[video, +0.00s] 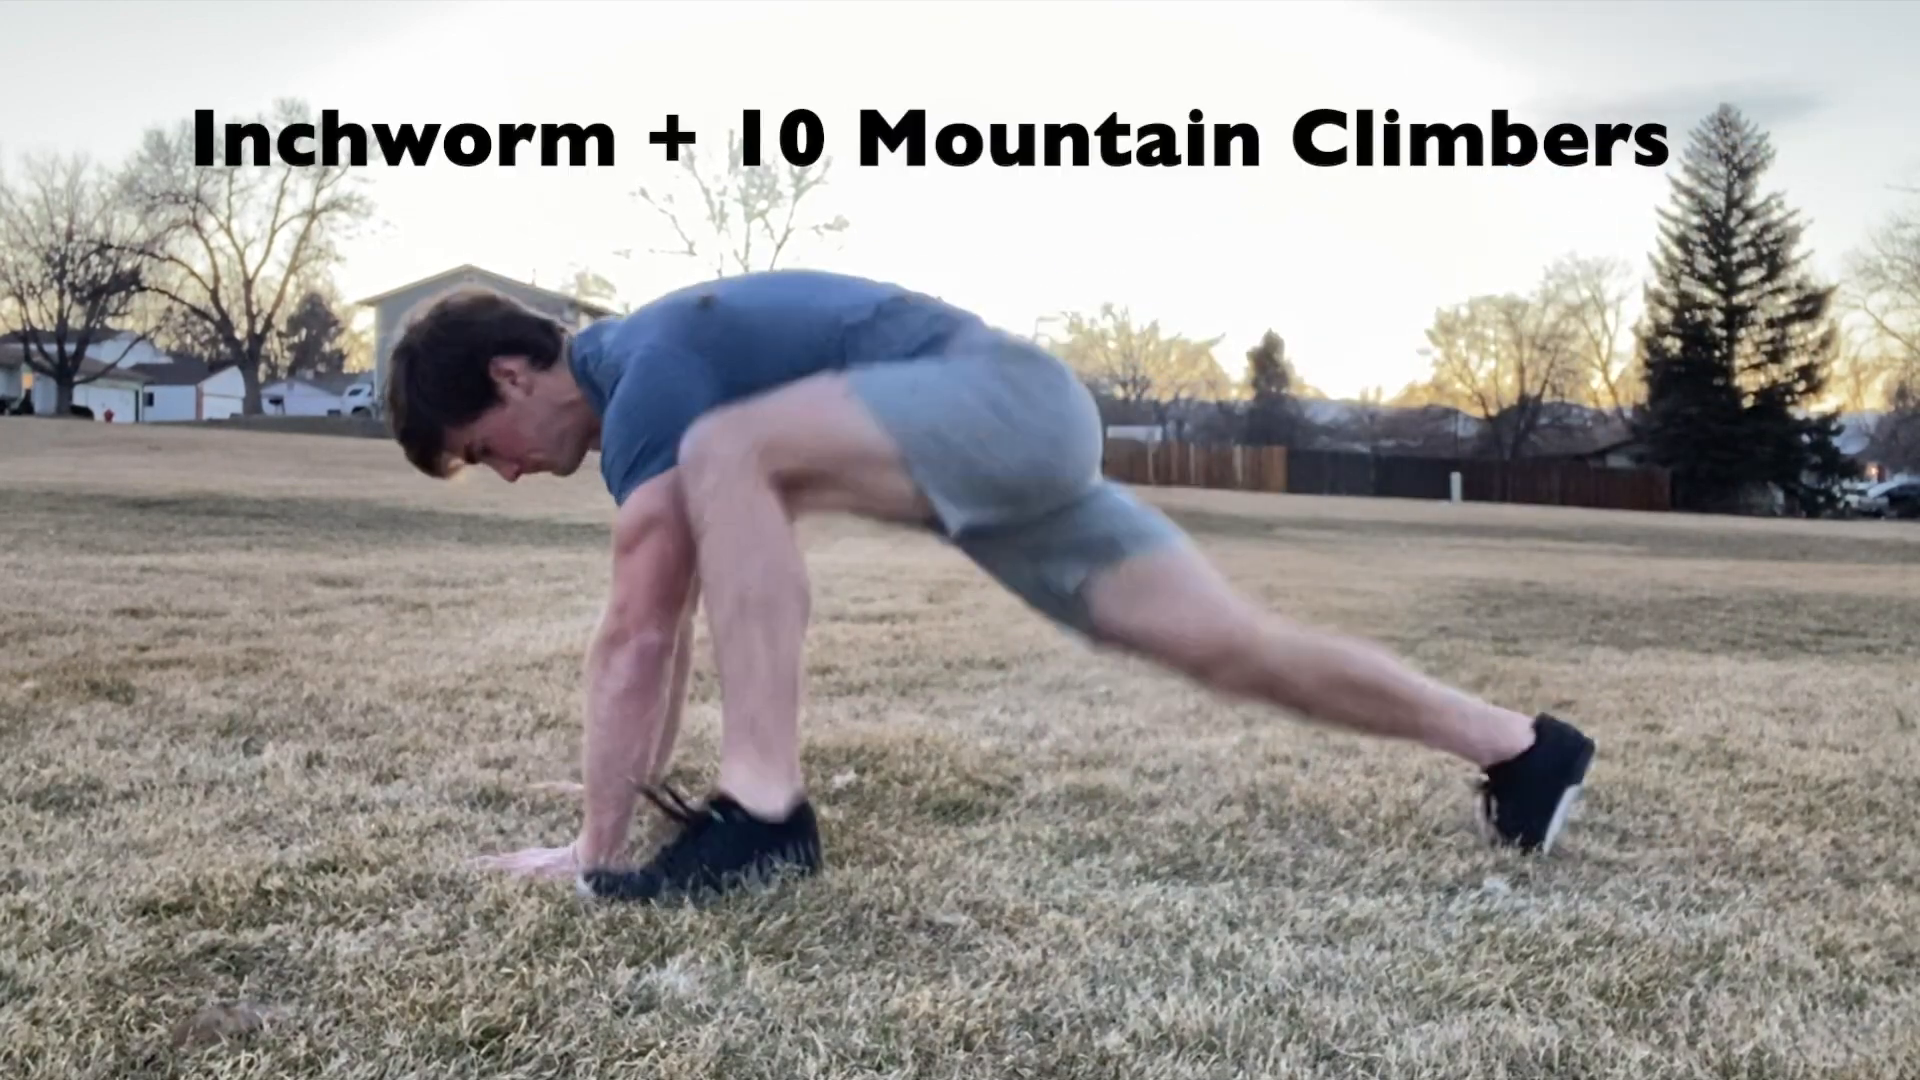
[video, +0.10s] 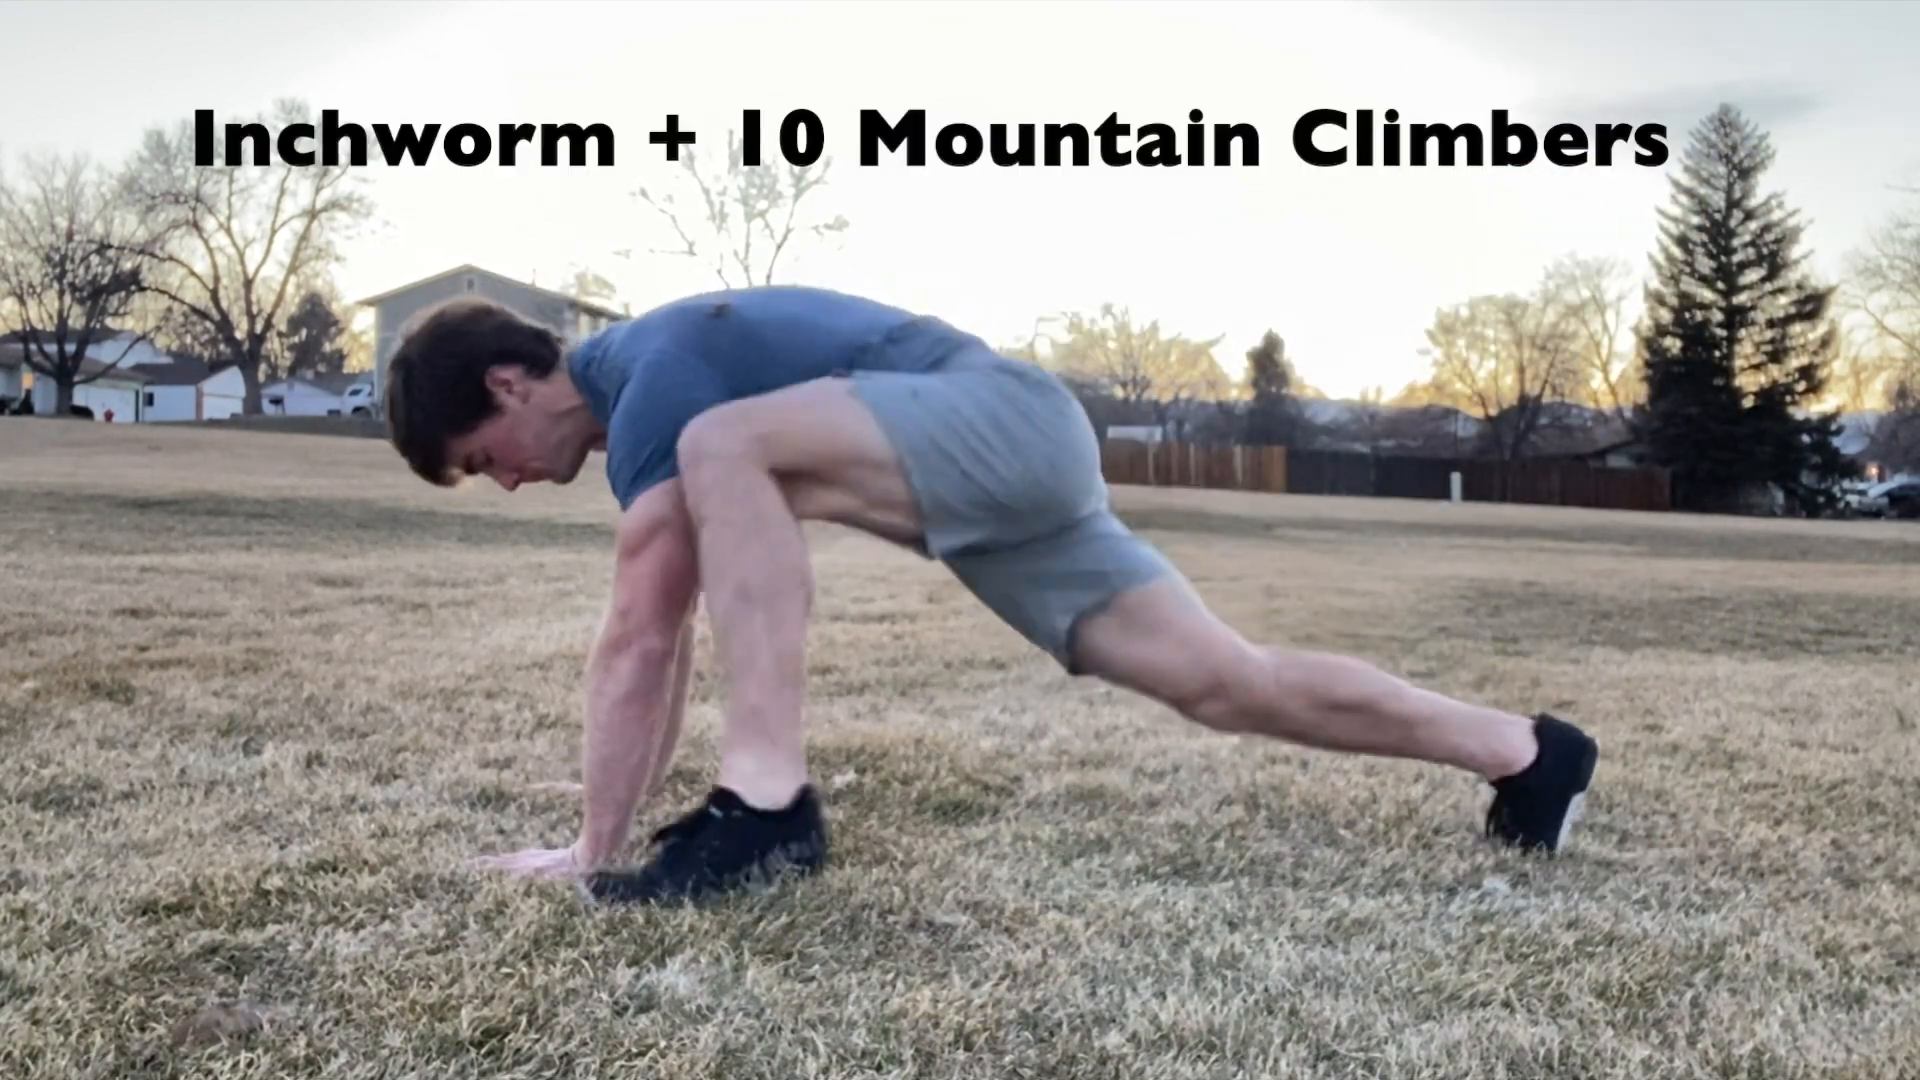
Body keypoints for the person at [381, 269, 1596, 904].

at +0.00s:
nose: (506, 472)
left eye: (485, 448)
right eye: (482, 464)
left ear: (516, 376)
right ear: (523, 372)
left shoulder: (651, 372)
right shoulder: (651, 386)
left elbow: (630, 622)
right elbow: (679, 615)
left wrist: (594, 845)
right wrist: (653, 783)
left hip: (1003, 389)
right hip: (1006, 448)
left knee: (726, 458)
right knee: (1226, 642)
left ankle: (761, 819)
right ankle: (1521, 747)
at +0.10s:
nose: (508, 480)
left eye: (487, 456)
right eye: (482, 474)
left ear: (516, 382)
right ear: (520, 385)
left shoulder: (659, 374)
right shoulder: (652, 405)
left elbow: (635, 622)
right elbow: (669, 630)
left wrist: (596, 844)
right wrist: (606, 826)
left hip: (1004, 409)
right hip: (1010, 496)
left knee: (726, 447)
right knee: (1216, 675)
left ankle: (763, 808)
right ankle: (1529, 751)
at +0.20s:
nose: (478, 502)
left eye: (456, 480)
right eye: (454, 494)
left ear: (481, 406)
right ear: (487, 410)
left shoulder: (627, 363)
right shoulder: (617, 399)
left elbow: (629, 630)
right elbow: (637, 638)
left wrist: (598, 844)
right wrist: (620, 826)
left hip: (981, 341)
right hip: (993, 385)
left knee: (769, 495)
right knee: (1180, 609)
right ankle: (1465, 727)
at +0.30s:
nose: (464, 503)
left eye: (443, 480)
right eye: (440, 495)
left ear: (464, 404)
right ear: (469, 402)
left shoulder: (594, 371)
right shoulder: (602, 376)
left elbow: (618, 620)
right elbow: (646, 600)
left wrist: (596, 842)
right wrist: (641, 780)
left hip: (947, 299)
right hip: (975, 302)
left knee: (918, 612)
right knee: (1028, 603)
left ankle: (1230, 675)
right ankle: (1306, 674)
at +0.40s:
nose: (465, 491)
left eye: (444, 469)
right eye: (442, 485)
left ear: (469, 397)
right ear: (473, 400)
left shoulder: (592, 369)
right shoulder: (619, 379)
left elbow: (614, 622)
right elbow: (654, 607)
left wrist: (595, 847)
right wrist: (643, 772)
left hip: (964, 340)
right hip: (917, 366)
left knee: (1109, 664)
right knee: (855, 551)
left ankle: (1419, 617)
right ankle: (1082, 679)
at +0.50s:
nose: (473, 473)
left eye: (452, 450)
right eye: (451, 465)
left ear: (476, 379)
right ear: (488, 376)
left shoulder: (602, 377)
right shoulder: (618, 371)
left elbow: (634, 621)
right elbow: (643, 629)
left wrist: (602, 839)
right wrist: (623, 819)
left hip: (966, 449)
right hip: (911, 445)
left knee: (1216, 663)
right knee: (753, 492)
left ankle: (1515, 733)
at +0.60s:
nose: (504, 472)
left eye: (484, 449)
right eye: (482, 464)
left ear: (512, 372)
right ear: (520, 366)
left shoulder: (648, 386)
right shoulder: (649, 375)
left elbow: (658, 649)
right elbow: (658, 608)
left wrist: (599, 848)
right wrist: (598, 811)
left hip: (989, 532)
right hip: (936, 513)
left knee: (1232, 738)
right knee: (736, 520)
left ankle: (1510, 743)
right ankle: (828, 740)